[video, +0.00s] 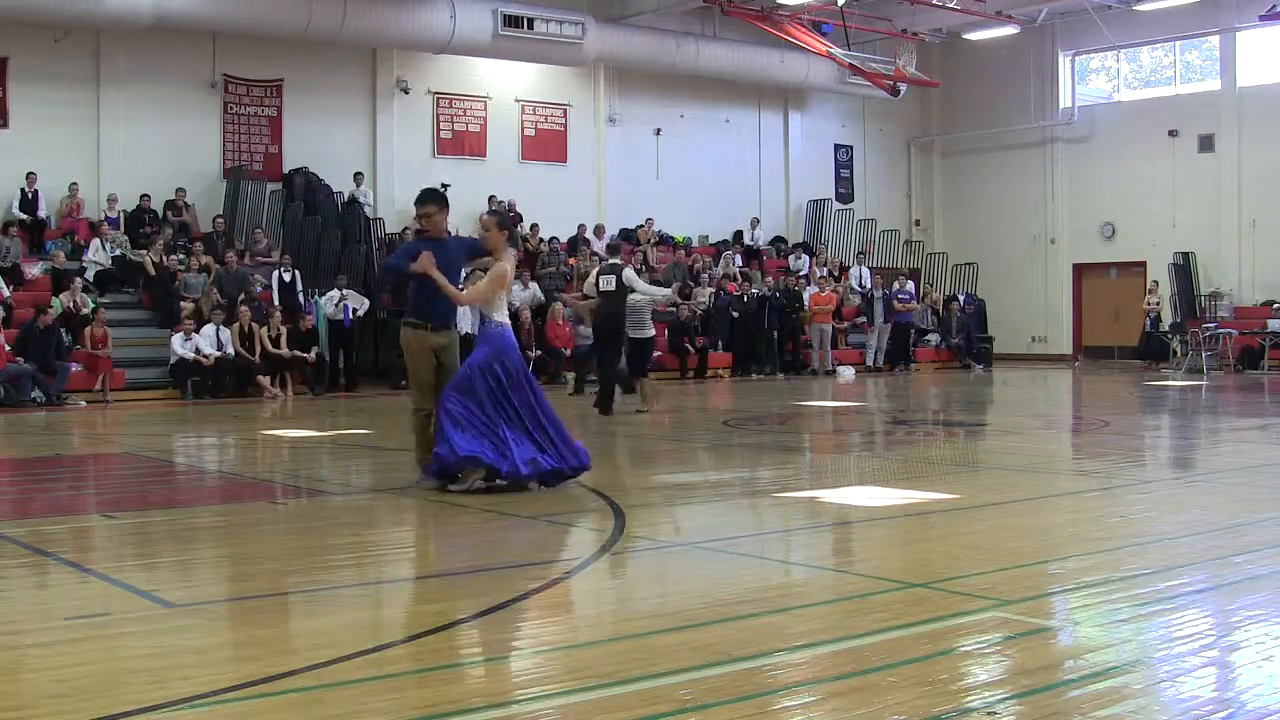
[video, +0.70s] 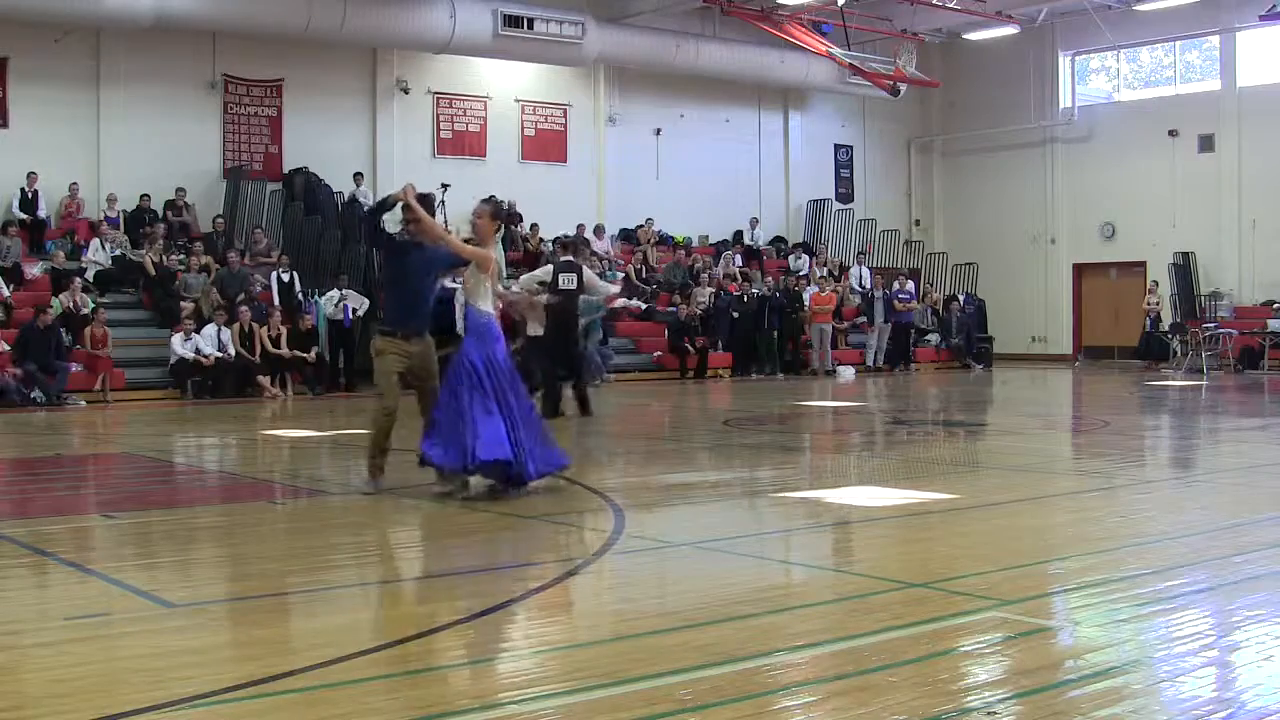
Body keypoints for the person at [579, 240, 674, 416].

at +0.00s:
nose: (626, 255)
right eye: (624, 252)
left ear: (606, 252)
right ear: (621, 253)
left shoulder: (598, 270)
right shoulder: (625, 271)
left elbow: (587, 290)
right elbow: (643, 288)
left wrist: (605, 294)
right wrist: (668, 292)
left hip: (600, 320)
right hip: (616, 320)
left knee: (603, 360)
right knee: (611, 361)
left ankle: (603, 397)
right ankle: (605, 404)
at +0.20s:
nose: (613, 254)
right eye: (612, 251)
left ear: (593, 253)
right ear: (609, 253)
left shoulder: (586, 270)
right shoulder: (615, 271)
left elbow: (568, 285)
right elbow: (636, 287)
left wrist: (586, 293)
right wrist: (659, 289)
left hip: (589, 321)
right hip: (607, 322)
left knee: (582, 357)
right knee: (606, 364)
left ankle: (578, 397)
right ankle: (603, 405)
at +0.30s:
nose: (580, 254)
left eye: (582, 252)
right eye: (581, 251)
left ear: (586, 252)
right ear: (600, 252)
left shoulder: (578, 270)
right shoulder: (609, 271)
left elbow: (560, 285)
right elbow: (630, 289)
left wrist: (578, 294)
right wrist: (652, 290)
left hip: (582, 322)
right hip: (601, 322)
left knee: (572, 359)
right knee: (601, 363)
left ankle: (569, 398)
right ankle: (603, 405)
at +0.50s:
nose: (568, 253)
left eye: (568, 250)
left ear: (569, 251)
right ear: (587, 251)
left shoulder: (561, 272)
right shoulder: (593, 272)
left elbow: (536, 284)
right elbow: (613, 291)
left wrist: (555, 294)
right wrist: (635, 292)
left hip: (565, 327)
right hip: (585, 327)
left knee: (561, 367)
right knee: (593, 367)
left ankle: (553, 407)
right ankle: (601, 407)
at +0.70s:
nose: (557, 253)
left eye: (557, 250)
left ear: (559, 251)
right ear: (575, 251)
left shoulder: (550, 269)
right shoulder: (582, 271)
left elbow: (523, 281)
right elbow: (601, 288)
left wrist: (540, 295)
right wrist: (616, 289)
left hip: (552, 326)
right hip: (572, 326)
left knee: (550, 367)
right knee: (576, 364)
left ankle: (551, 408)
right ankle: (585, 407)